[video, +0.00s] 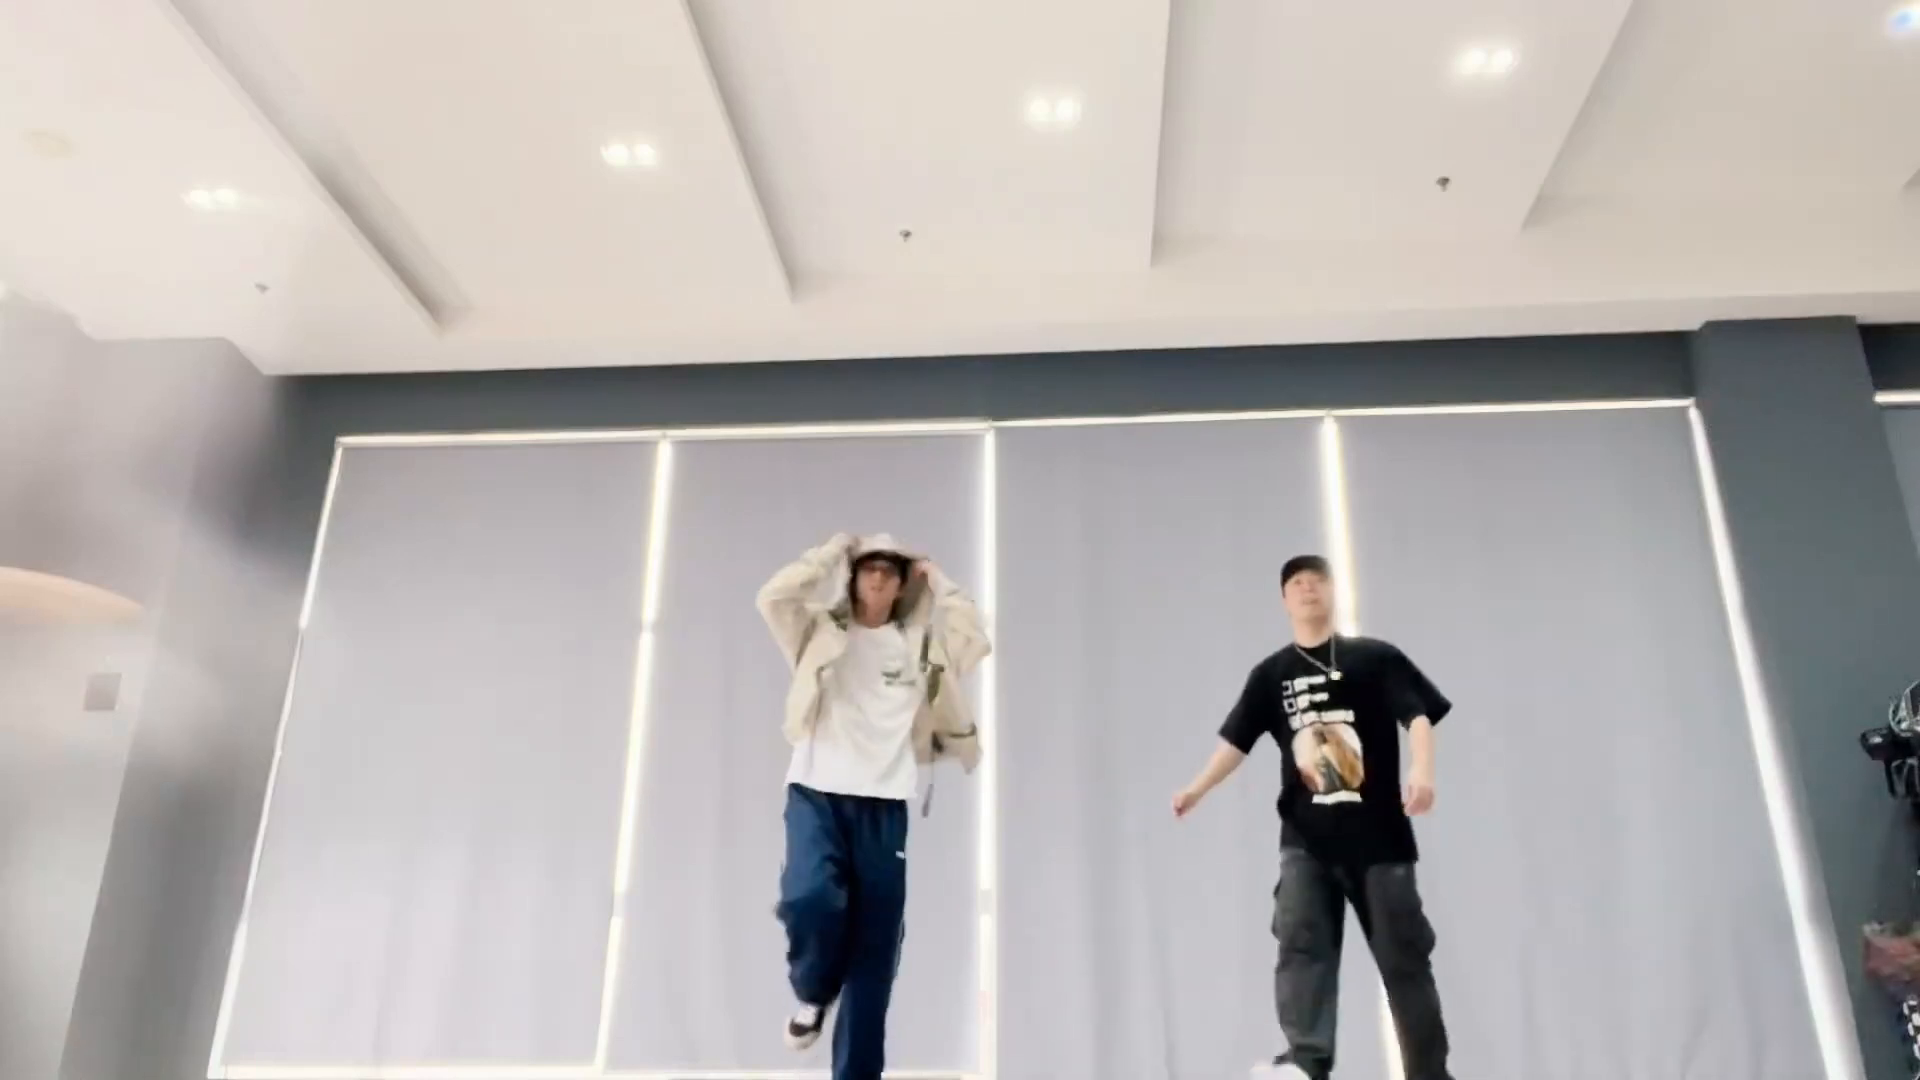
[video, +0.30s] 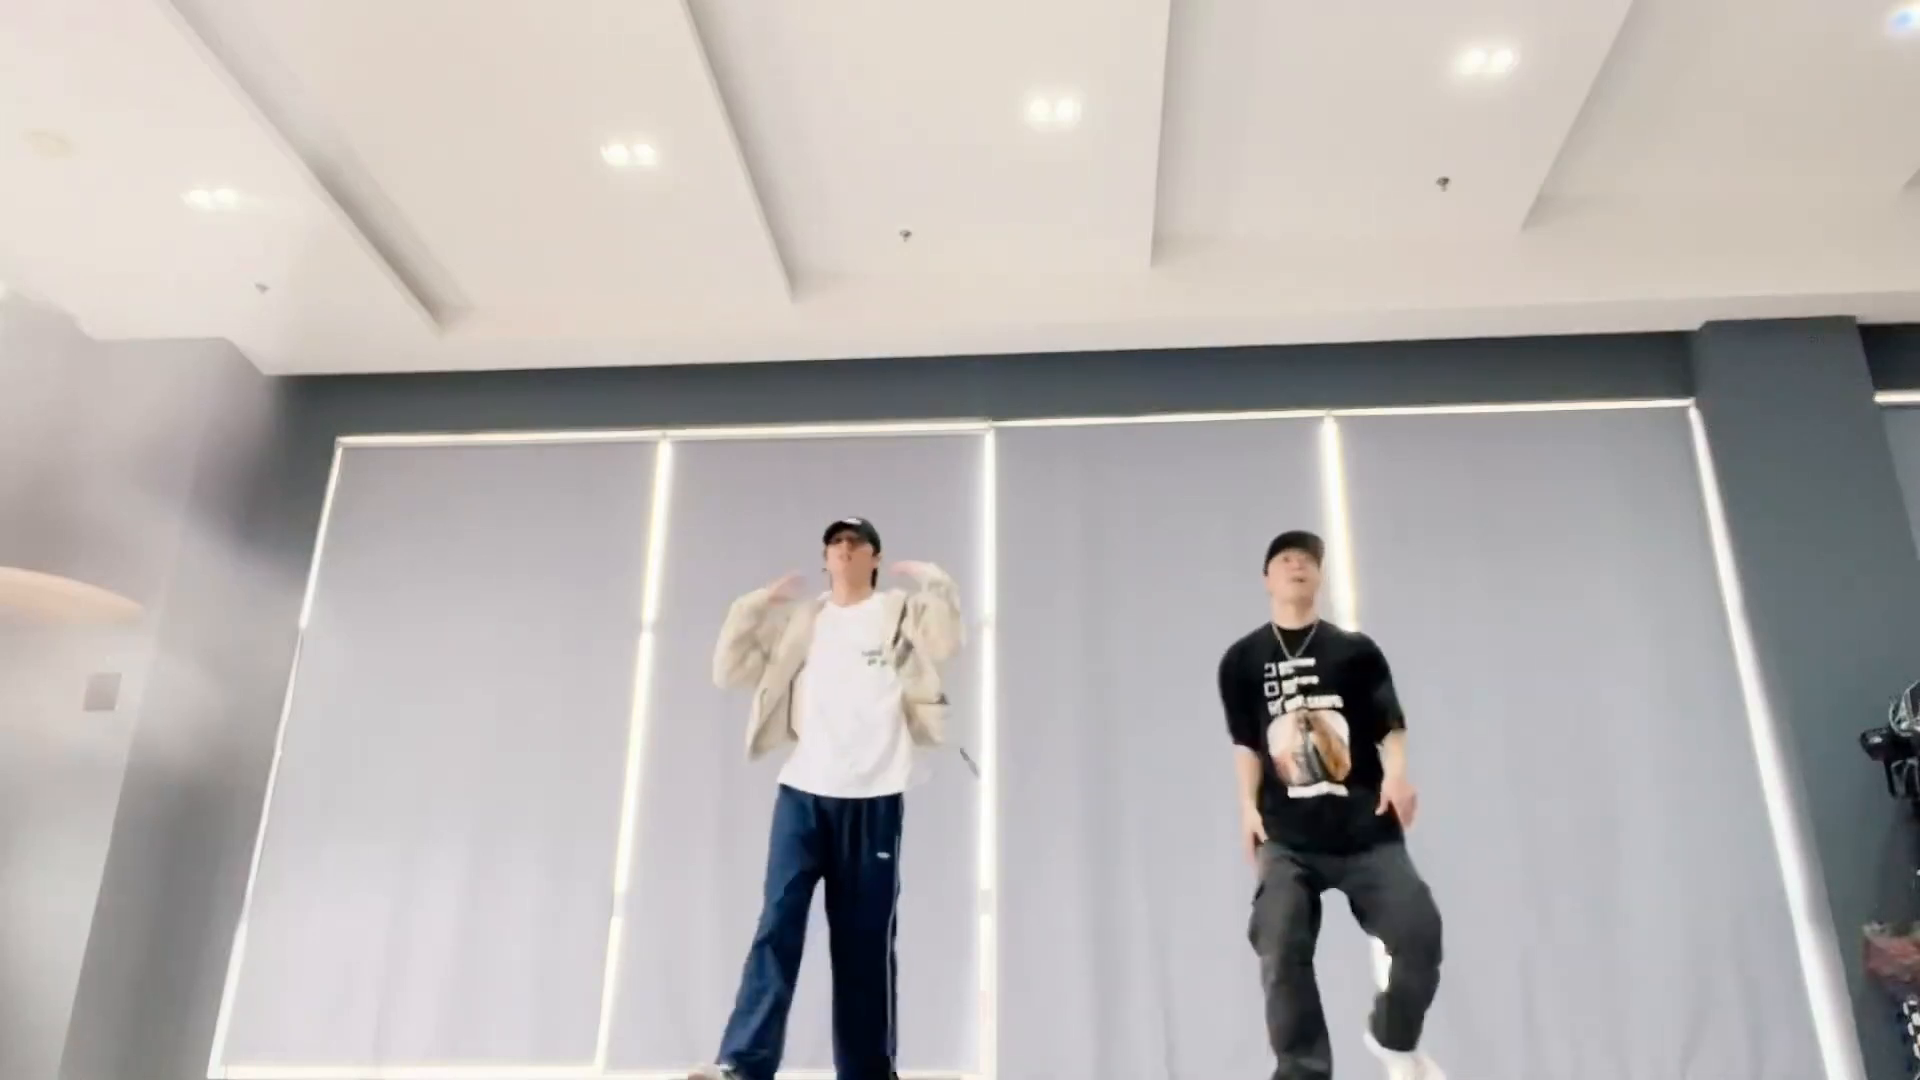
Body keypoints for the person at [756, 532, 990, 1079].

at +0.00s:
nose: (879, 580)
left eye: (889, 573)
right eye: (869, 570)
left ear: (902, 587)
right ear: (850, 580)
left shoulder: (921, 643)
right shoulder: (820, 634)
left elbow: (974, 643)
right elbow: (775, 600)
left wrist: (938, 583)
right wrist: (833, 556)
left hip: (883, 803)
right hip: (815, 794)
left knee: (875, 951)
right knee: (808, 899)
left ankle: (856, 1071)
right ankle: (813, 995)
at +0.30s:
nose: (844, 550)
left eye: (855, 543)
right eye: (836, 544)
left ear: (874, 560)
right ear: (825, 559)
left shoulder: (900, 608)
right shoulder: (801, 618)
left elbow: (944, 646)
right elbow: (731, 673)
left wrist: (932, 580)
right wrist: (757, 604)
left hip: (873, 797)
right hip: (803, 791)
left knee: (864, 944)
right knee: (776, 928)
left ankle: (868, 1072)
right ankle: (745, 1064)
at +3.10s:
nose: (757, 492)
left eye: (770, 486)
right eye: (749, 485)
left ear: (790, 510)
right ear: (733, 503)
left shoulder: (819, 573)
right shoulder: (697, 542)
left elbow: (884, 635)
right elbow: (610, 496)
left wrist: (959, 681)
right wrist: (520, 470)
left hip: (758, 772)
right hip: (679, 755)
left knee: (761, 925)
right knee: (623, 894)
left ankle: (782, 1071)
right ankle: (577, 1047)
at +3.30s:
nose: (754, 486)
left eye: (767, 481)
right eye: (744, 479)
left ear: (785, 504)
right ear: (726, 501)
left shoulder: (811, 560)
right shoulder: (688, 557)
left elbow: (883, 606)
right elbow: (602, 586)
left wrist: (936, 543)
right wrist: (526, 550)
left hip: (777, 751)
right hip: (696, 746)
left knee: (768, 917)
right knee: (683, 916)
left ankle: (753, 1066)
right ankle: (704, 1063)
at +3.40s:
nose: (750, 519)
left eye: (763, 512)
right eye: (738, 511)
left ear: (779, 532)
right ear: (722, 530)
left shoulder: (812, 589)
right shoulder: (689, 585)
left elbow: (901, 578)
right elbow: (594, 567)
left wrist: (843, 557)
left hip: (780, 784)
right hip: (697, 779)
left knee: (786, 940)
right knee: (672, 944)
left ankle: (752, 1070)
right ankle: (709, 1067)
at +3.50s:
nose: (746, 531)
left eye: (759, 525)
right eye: (735, 525)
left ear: (777, 546)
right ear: (720, 546)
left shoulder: (814, 604)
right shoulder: (682, 598)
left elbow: (902, 589)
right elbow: (597, 580)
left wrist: (844, 570)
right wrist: (647, 557)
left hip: (781, 808)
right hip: (694, 806)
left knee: (803, 951)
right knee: (661, 957)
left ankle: (758, 1071)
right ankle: (704, 1069)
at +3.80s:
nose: (753, 477)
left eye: (766, 470)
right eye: (743, 470)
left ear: (784, 490)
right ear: (727, 488)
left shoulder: (812, 558)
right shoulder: (692, 554)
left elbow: (816, 665)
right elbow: (666, 663)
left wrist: (838, 724)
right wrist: (630, 742)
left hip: (776, 760)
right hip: (697, 758)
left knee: (769, 918)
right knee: (698, 922)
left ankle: (748, 1067)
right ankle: (698, 1067)